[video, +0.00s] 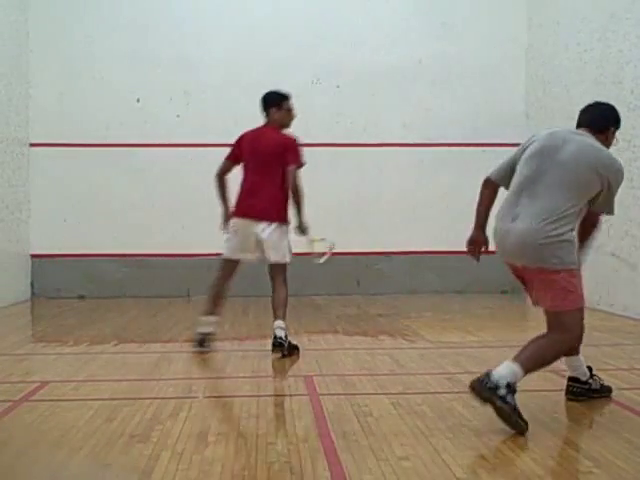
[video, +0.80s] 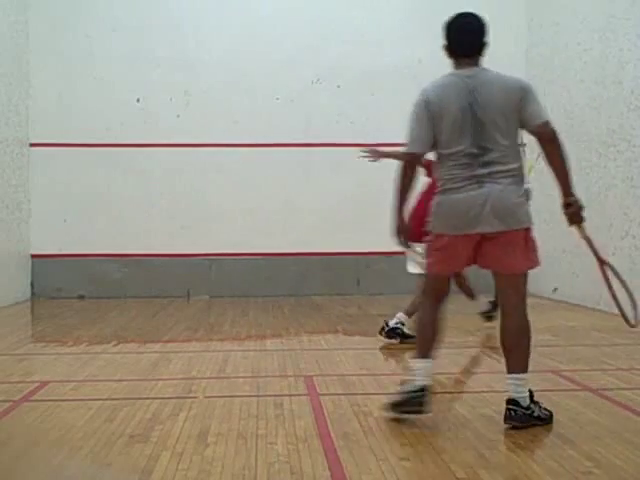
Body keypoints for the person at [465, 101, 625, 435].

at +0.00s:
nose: (613, 141)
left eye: (614, 136)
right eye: (614, 136)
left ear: (580, 124)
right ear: (608, 133)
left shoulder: (542, 139)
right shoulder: (610, 165)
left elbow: (491, 182)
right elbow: (590, 219)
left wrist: (478, 229)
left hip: (506, 239)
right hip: (550, 247)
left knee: (559, 302)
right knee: (565, 335)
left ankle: (579, 376)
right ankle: (499, 380)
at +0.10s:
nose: (607, 129)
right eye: (609, 124)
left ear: (574, 114)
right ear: (608, 123)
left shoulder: (540, 134)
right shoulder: (610, 155)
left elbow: (489, 172)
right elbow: (596, 196)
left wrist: (468, 220)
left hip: (512, 231)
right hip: (558, 236)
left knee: (563, 302)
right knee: (575, 323)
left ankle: (579, 376)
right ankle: (508, 370)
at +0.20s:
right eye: (594, 105)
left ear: (560, 101)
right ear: (595, 107)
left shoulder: (531, 128)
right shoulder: (604, 139)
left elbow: (480, 168)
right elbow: (599, 183)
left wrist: (452, 211)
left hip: (518, 229)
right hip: (566, 230)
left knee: (561, 300)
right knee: (585, 315)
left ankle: (579, 377)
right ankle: (521, 366)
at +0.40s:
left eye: (526, 70)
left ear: (522, 75)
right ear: (558, 77)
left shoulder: (498, 115)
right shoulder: (577, 117)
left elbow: (461, 158)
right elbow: (597, 178)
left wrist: (440, 209)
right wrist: (572, 201)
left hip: (512, 226)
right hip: (561, 222)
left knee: (548, 304)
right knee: (566, 312)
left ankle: (573, 376)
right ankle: (530, 386)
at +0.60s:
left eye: (489, 51)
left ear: (488, 55)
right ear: (525, 55)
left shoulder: (468, 99)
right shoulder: (548, 98)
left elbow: (452, 151)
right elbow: (584, 154)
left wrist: (448, 207)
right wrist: (591, 207)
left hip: (487, 216)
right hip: (539, 214)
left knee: (506, 296)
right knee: (533, 303)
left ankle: (523, 376)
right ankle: (519, 394)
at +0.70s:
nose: (475, 51)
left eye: (470, 45)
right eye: (491, 43)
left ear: (468, 49)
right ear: (506, 48)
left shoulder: (452, 96)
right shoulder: (535, 91)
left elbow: (436, 158)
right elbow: (568, 143)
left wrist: (430, 208)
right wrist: (586, 197)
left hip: (472, 211)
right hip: (526, 210)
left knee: (469, 294)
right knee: (523, 304)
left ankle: (469, 378)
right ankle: (520, 399)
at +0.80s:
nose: (457, 50)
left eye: (452, 43)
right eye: (474, 42)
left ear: (447, 48)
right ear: (485, 46)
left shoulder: (432, 96)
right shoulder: (514, 89)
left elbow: (410, 161)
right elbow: (547, 137)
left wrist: (399, 215)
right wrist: (568, 194)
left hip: (451, 215)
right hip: (508, 213)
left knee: (432, 296)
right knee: (513, 306)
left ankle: (417, 383)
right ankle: (519, 400)